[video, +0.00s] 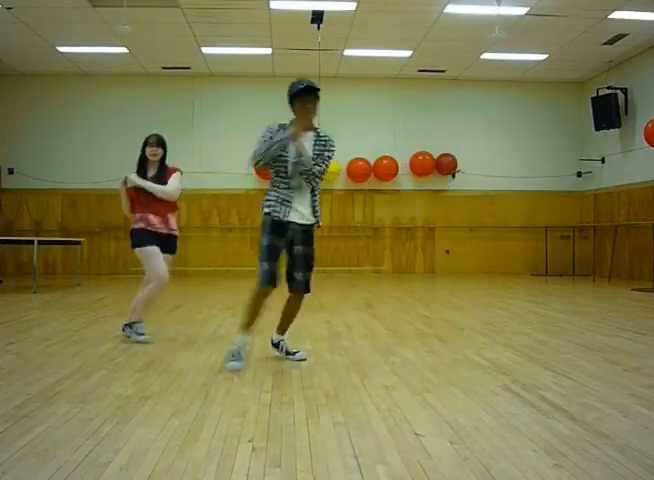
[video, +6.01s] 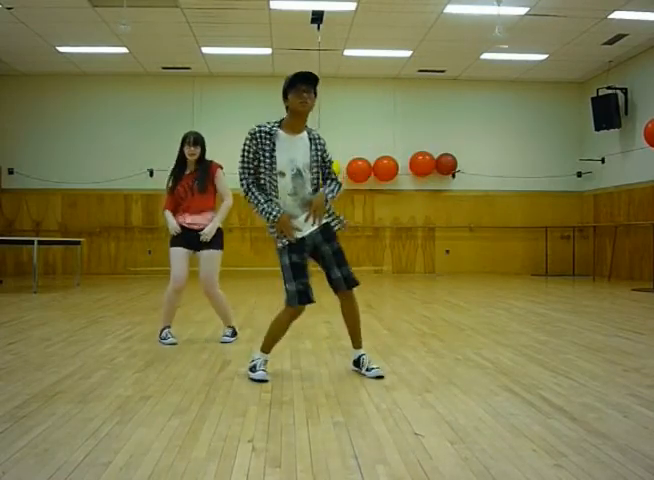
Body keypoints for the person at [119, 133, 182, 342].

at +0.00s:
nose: (154, 150)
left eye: (158, 146)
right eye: (150, 146)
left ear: (164, 151)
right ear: (144, 150)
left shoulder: (173, 173)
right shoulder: (135, 177)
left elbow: (173, 194)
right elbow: (128, 211)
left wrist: (142, 183)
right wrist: (124, 190)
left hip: (167, 231)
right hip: (143, 229)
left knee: (150, 281)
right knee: (161, 278)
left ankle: (132, 323)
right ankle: (134, 321)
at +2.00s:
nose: (237, 143)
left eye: (242, 139)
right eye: (234, 140)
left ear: (251, 142)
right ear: (231, 144)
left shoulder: (255, 164)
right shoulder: (237, 167)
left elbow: (267, 192)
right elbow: (237, 195)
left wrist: (247, 218)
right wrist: (229, 216)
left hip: (245, 228)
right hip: (227, 227)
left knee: (256, 277)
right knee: (215, 274)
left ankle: (290, 323)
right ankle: (219, 329)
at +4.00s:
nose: (208, 141)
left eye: (211, 137)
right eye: (203, 137)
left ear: (216, 141)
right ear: (195, 140)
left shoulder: (222, 164)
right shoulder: (183, 166)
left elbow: (254, 179)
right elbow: (158, 177)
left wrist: (239, 153)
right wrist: (163, 150)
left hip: (214, 224)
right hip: (186, 224)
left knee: (208, 277)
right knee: (187, 279)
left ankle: (216, 326)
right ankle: (201, 327)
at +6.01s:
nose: (191, 149)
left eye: (195, 146)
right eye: (187, 145)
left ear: (202, 148)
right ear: (182, 148)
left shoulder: (213, 169)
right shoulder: (177, 174)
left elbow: (228, 198)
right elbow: (168, 204)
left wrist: (215, 224)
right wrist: (170, 219)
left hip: (209, 229)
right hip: (182, 229)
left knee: (209, 283)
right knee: (178, 281)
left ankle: (230, 327)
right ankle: (165, 328)